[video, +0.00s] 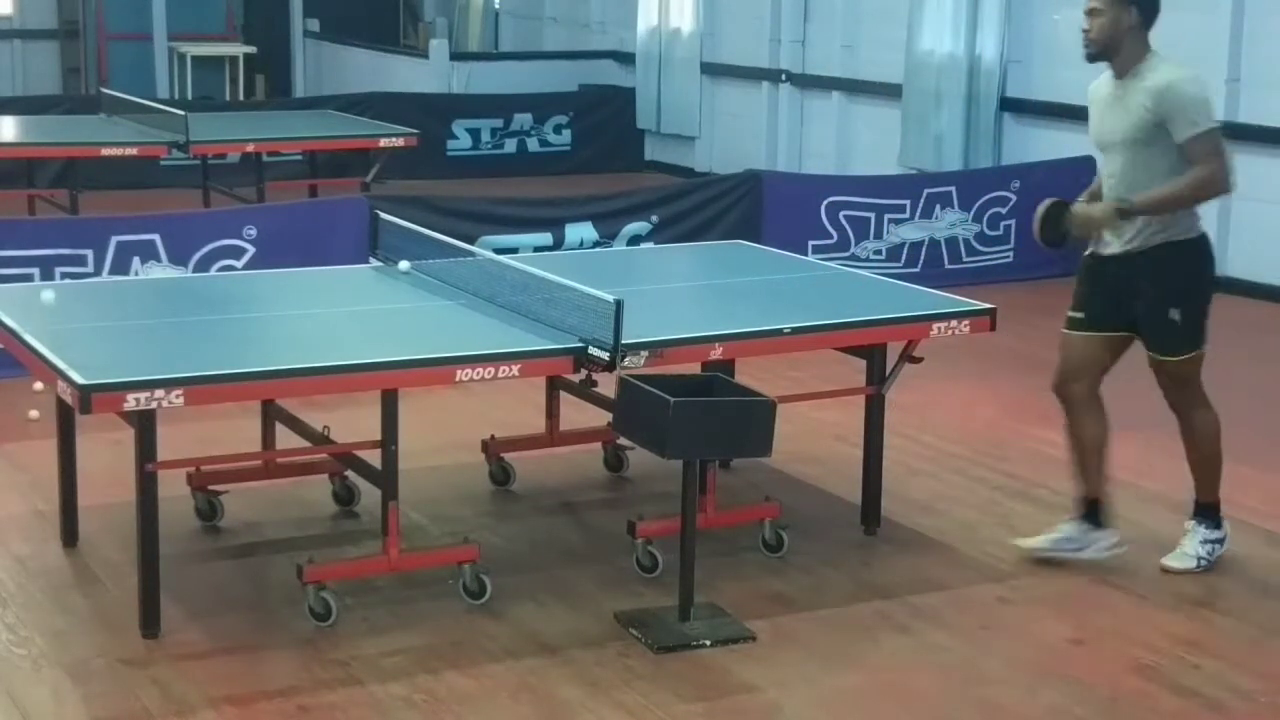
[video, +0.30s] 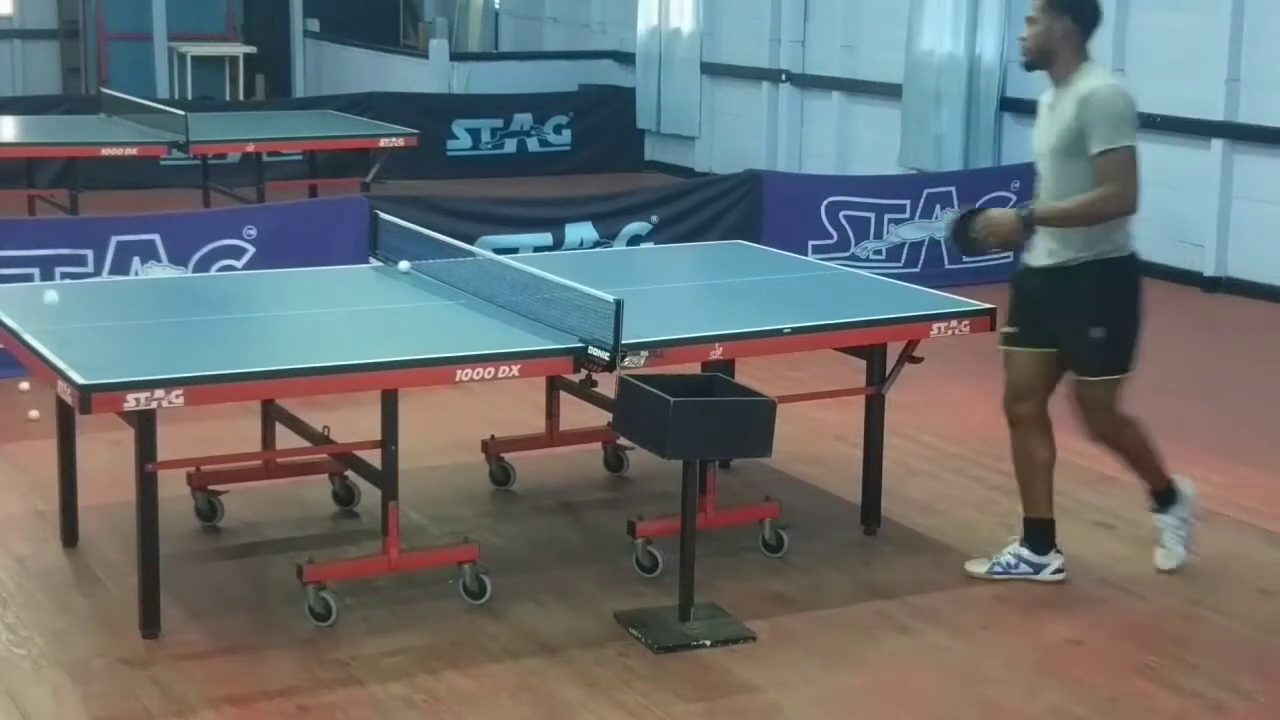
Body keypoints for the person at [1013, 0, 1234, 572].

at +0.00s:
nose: (1085, 24)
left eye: (1096, 14)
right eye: (1086, 15)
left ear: (1134, 19)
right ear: (1116, 22)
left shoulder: (1174, 85)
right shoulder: (1100, 89)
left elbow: (1214, 176)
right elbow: (1117, 172)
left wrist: (1122, 210)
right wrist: (1078, 211)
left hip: (1173, 261)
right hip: (1112, 261)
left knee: (1184, 392)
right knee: (1073, 383)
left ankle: (1207, 524)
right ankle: (1092, 522)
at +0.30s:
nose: (1024, 33)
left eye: (1034, 21)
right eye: (1026, 22)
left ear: (1069, 28)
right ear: (1053, 30)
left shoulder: (1105, 96)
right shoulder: (1052, 99)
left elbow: (1120, 197)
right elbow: (1063, 194)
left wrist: (1027, 218)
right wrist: (1014, 223)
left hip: (1099, 276)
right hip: (1044, 273)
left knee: (1099, 417)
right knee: (1023, 404)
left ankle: (1170, 499)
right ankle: (1038, 548)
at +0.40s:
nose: (999, 32)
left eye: (1009, 20)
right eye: (1001, 21)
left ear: (1044, 25)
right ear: (1034, 27)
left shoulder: (1079, 95)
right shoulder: (1031, 98)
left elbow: (1101, 195)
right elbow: (1040, 191)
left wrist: (1011, 218)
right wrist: (992, 216)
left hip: (1070, 270)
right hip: (1026, 268)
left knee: (1037, 410)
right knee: (1017, 408)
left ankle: (1119, 501)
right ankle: (1038, 547)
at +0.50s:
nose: (964, 35)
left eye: (973, 22)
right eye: (965, 22)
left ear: (1008, 26)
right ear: (1003, 28)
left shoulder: (1041, 97)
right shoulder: (1007, 97)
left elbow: (1069, 196)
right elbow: (1019, 188)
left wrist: (976, 225)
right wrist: (956, 202)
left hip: (1037, 267)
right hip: (1020, 264)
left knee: (982, 409)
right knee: (1020, 411)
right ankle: (1038, 546)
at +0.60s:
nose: (931, 45)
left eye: (941, 32)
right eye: (932, 33)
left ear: (979, 34)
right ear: (971, 36)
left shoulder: (1005, 104)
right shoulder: (990, 101)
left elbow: (1029, 209)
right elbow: (994, 194)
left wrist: (940, 237)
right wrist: (928, 206)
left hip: (1009, 278)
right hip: (1013, 273)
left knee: (959, 425)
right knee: (1013, 415)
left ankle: (935, 576)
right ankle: (1040, 549)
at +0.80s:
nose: (848, 84)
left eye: (854, 71)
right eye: (845, 72)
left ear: (887, 61)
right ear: (899, 61)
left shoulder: (917, 125)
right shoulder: (958, 103)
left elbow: (915, 244)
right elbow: (962, 199)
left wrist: (827, 298)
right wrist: (896, 229)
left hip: (964, 290)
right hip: (1004, 280)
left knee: (897, 425)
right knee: (993, 412)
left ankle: (881, 591)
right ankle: (1036, 544)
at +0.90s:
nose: (806, 105)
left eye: (808, 91)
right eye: (802, 93)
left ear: (841, 78)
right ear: (854, 75)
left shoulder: (868, 139)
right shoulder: (927, 98)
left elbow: (854, 266)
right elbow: (973, 180)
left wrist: (772, 333)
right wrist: (891, 241)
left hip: (951, 291)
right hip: (1001, 277)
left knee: (892, 428)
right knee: (992, 407)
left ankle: (880, 591)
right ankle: (1029, 541)